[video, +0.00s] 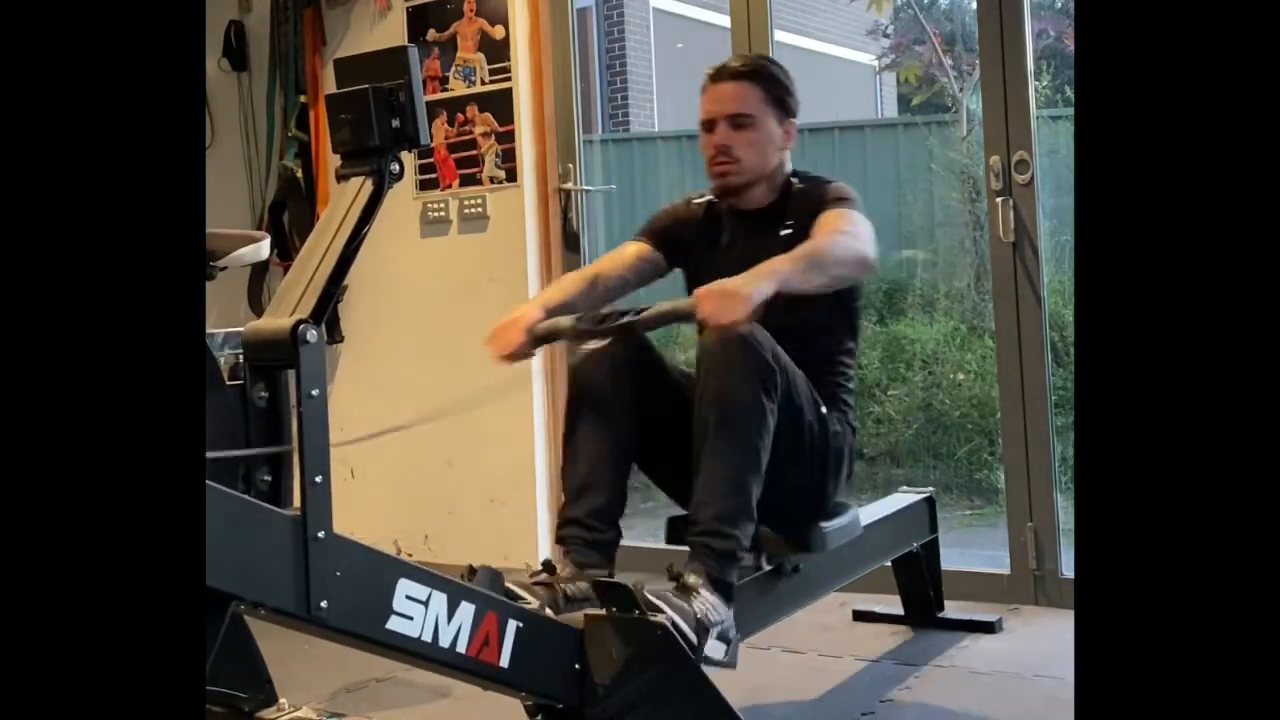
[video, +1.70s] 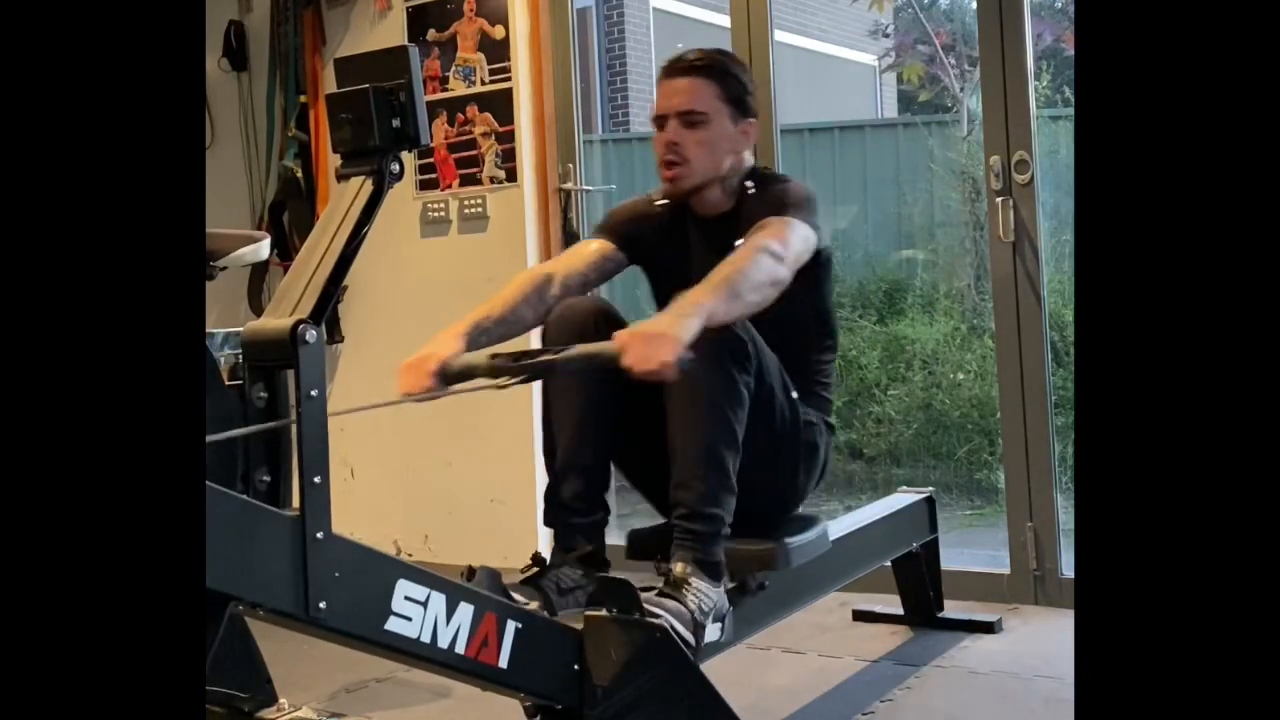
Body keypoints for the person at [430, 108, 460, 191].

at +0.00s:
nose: (446, 118)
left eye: (446, 116)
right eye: (445, 116)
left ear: (442, 116)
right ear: (440, 116)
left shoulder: (443, 125)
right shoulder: (437, 123)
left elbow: (453, 132)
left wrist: (457, 122)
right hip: (440, 147)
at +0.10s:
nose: (446, 118)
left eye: (446, 116)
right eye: (444, 116)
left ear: (442, 116)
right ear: (440, 116)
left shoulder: (441, 125)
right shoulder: (438, 123)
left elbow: (453, 132)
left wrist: (457, 122)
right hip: (440, 147)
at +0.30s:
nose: (446, 118)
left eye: (446, 115)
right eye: (445, 115)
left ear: (443, 116)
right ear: (440, 116)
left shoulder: (443, 125)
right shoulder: (437, 123)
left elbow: (453, 132)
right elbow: (439, 138)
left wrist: (457, 122)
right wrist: (442, 150)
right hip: (439, 147)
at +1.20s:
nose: (446, 118)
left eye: (446, 116)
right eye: (444, 116)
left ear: (444, 116)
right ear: (440, 116)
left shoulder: (443, 124)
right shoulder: (437, 124)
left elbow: (453, 132)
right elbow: (438, 139)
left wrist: (457, 122)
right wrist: (442, 150)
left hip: (443, 148)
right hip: (439, 148)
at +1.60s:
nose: (446, 118)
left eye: (446, 115)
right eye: (444, 115)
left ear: (444, 116)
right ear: (440, 116)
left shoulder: (443, 124)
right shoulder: (437, 124)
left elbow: (453, 132)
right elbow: (438, 139)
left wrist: (457, 122)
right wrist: (442, 150)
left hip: (443, 148)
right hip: (439, 148)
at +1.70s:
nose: (446, 118)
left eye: (446, 115)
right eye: (444, 115)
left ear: (444, 116)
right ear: (440, 116)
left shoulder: (443, 124)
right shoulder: (437, 124)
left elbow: (453, 132)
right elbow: (438, 139)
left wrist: (457, 122)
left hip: (443, 148)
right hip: (439, 149)